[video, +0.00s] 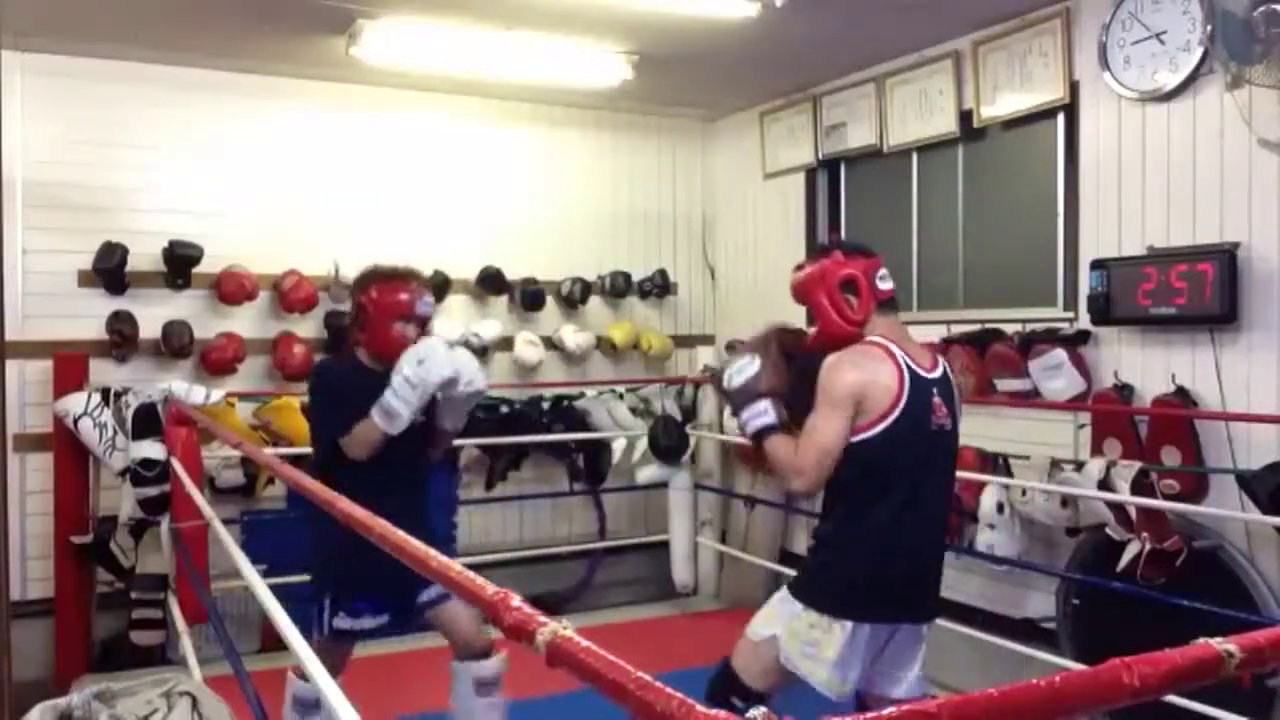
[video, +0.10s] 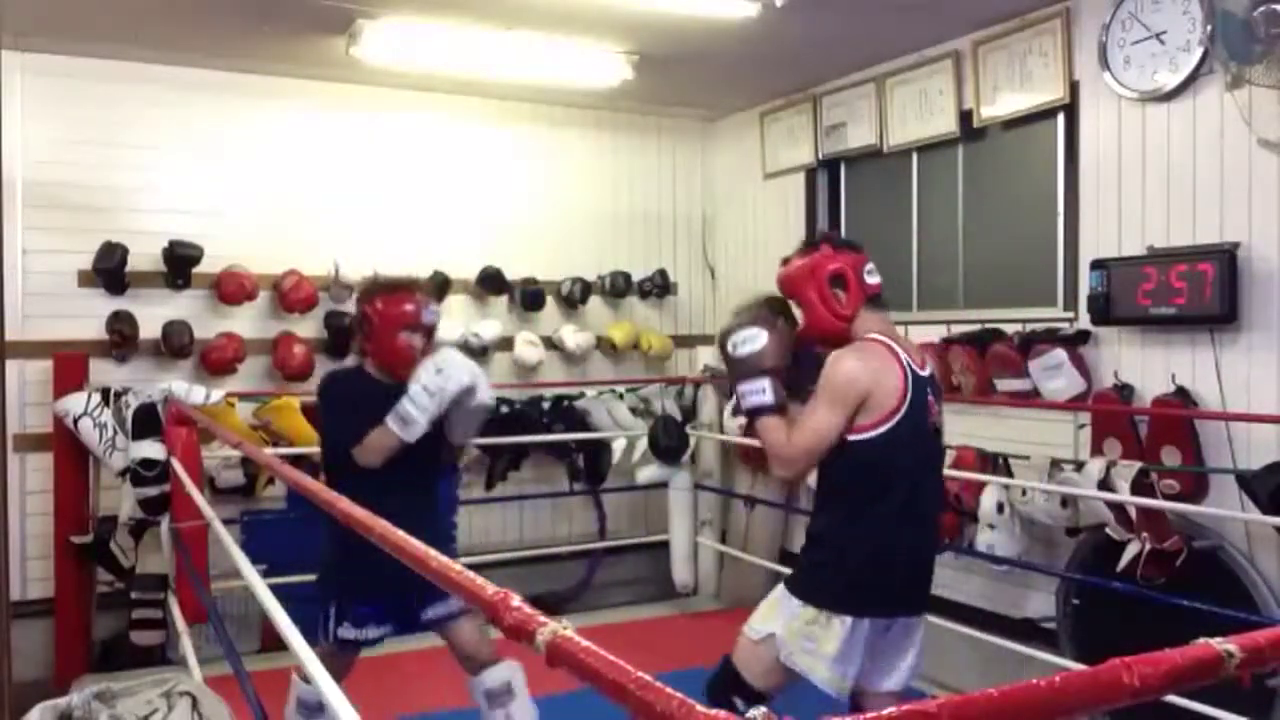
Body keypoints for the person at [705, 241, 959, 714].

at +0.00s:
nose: (814, 323)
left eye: (815, 308)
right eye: (811, 309)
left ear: (847, 298)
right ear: (876, 293)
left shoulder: (850, 367)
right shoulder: (935, 366)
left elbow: (802, 473)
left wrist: (754, 406)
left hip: (844, 585)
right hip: (916, 587)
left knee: (731, 695)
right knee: (886, 711)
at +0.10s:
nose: (803, 320)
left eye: (804, 305)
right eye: (799, 306)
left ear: (836, 294)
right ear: (853, 288)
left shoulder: (855, 364)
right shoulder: (913, 358)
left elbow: (787, 460)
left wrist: (754, 383)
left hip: (842, 578)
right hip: (908, 577)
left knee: (731, 695)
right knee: (879, 707)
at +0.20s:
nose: (780, 323)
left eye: (782, 307)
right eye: (775, 309)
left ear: (817, 297)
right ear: (831, 291)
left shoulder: (852, 371)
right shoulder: (892, 359)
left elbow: (773, 456)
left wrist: (743, 382)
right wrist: (770, 392)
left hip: (828, 584)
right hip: (888, 582)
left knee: (735, 708)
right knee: (876, 709)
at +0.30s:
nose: (756, 335)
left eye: (758, 320)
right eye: (752, 322)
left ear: (794, 310)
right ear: (804, 305)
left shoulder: (839, 385)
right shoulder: (861, 368)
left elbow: (759, 470)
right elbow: (767, 426)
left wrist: (724, 396)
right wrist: (741, 379)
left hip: (810, 597)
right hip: (868, 595)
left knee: (723, 707)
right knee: (859, 708)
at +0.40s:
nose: (759, 338)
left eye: (759, 324)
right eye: (754, 326)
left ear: (788, 311)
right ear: (804, 302)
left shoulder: (833, 384)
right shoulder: (863, 363)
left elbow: (762, 474)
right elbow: (778, 448)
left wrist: (718, 404)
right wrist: (744, 389)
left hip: (810, 589)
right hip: (869, 586)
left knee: (723, 705)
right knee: (859, 709)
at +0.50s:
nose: (775, 321)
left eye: (777, 307)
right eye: (772, 308)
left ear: (809, 298)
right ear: (825, 293)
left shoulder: (828, 376)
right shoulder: (887, 362)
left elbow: (776, 477)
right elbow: (826, 441)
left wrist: (724, 416)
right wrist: (758, 397)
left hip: (810, 582)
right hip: (874, 578)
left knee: (726, 703)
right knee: (866, 709)